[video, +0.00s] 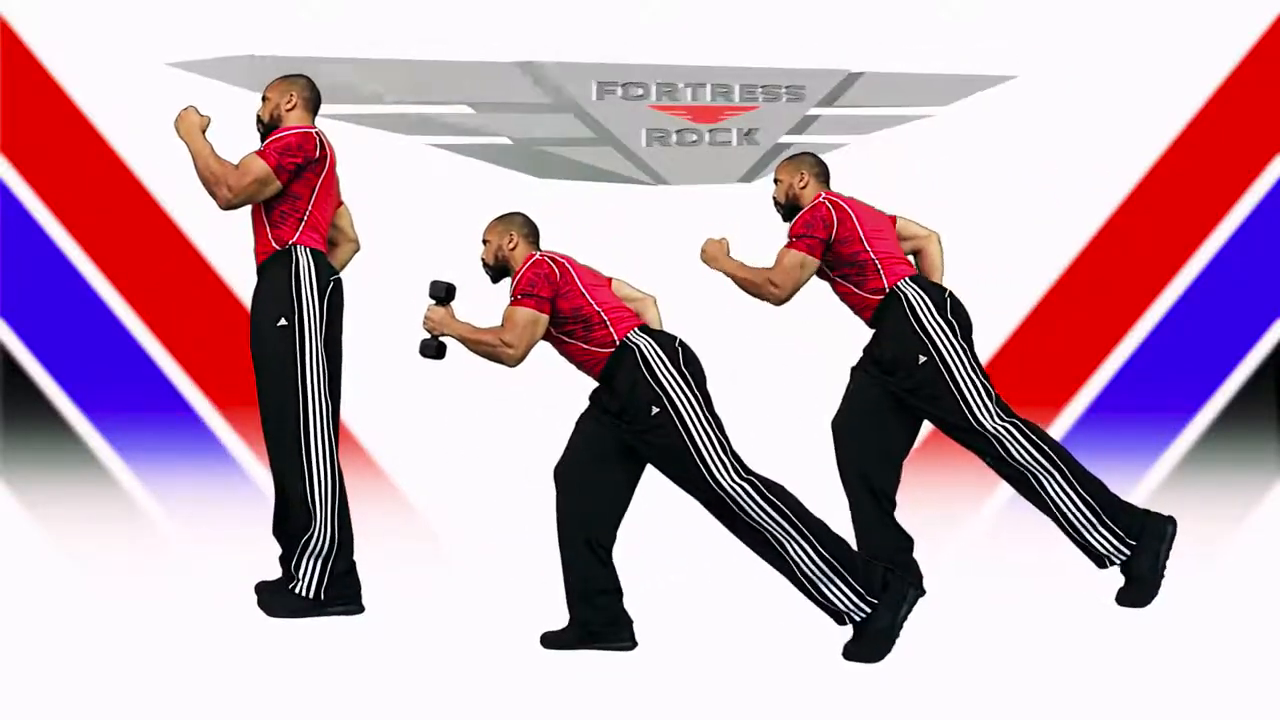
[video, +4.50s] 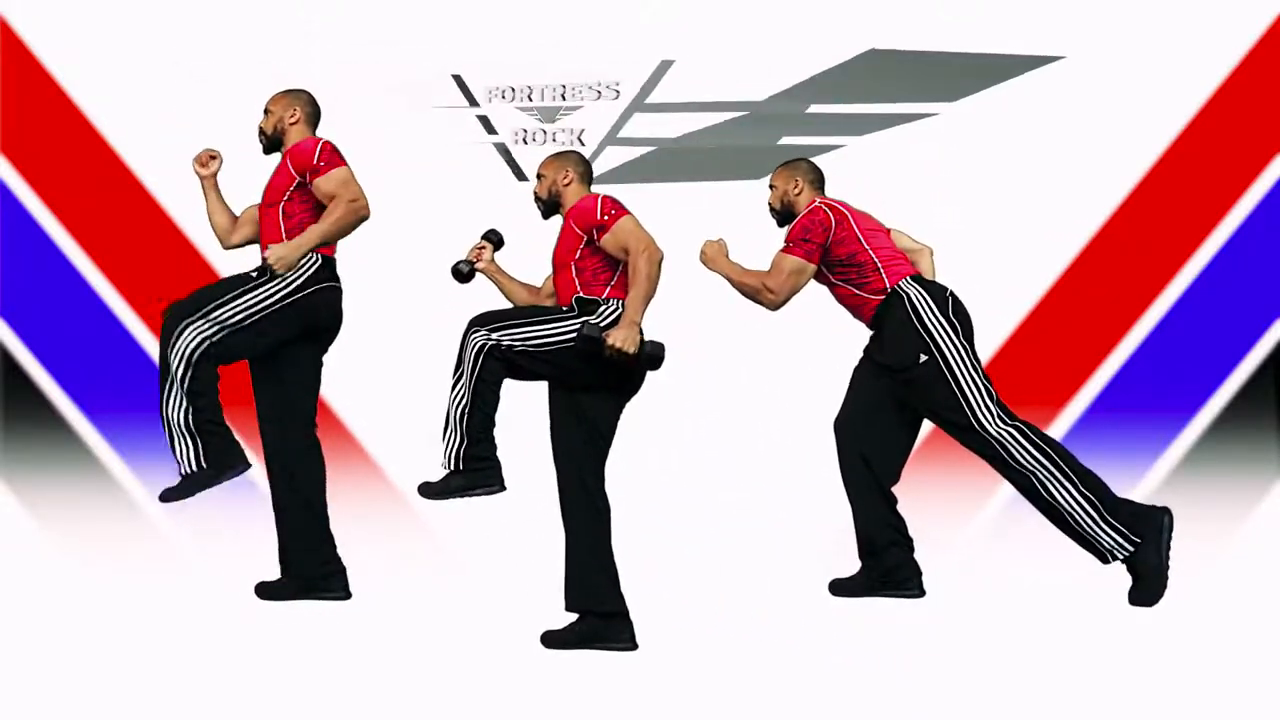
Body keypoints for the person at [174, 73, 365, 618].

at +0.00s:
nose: (258, 108)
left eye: (264, 98)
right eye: (260, 101)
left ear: (288, 101)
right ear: (301, 106)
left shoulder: (299, 141)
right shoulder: (308, 153)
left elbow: (229, 190)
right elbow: (345, 239)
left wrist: (195, 136)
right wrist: (300, 287)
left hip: (296, 285)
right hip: (296, 286)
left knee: (304, 432)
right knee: (295, 432)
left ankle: (323, 583)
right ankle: (309, 575)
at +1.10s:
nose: (261, 120)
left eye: (268, 111)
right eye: (263, 112)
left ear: (292, 114)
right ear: (295, 117)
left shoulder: (313, 153)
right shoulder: (283, 174)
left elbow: (300, 217)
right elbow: (282, 263)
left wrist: (229, 204)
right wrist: (235, 249)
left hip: (298, 287)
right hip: (288, 292)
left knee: (241, 400)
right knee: (291, 426)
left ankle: (285, 562)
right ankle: (318, 566)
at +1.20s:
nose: (262, 120)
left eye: (269, 111)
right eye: (265, 113)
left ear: (294, 113)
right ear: (296, 118)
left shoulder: (314, 152)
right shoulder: (287, 175)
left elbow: (339, 213)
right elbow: (251, 253)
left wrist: (263, 231)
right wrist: (215, 209)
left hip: (301, 284)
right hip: (295, 293)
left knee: (198, 353)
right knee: (288, 436)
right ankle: (314, 571)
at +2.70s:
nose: (263, 124)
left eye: (269, 114)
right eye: (265, 116)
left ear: (293, 114)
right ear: (299, 118)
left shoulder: (316, 157)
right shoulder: (288, 175)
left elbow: (292, 221)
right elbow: (272, 266)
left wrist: (223, 199)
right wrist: (222, 258)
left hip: (299, 287)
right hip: (294, 292)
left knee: (223, 393)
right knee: (287, 429)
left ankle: (266, 549)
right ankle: (318, 567)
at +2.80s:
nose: (260, 122)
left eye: (266, 112)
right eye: (262, 115)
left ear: (291, 111)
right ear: (300, 116)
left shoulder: (309, 152)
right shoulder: (297, 164)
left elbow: (258, 206)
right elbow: (297, 254)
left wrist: (202, 169)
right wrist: (255, 288)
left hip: (298, 287)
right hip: (292, 289)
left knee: (261, 421)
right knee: (286, 427)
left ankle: (292, 572)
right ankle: (322, 566)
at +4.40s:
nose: (261, 121)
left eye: (267, 112)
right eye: (262, 113)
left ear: (292, 113)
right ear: (294, 117)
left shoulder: (309, 149)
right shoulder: (278, 178)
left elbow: (328, 211)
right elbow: (256, 258)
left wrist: (256, 232)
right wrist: (212, 216)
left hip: (302, 284)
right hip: (294, 291)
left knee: (207, 366)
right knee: (288, 429)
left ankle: (246, 503)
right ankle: (315, 570)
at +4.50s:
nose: (260, 120)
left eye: (267, 111)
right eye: (262, 113)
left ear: (293, 113)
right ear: (292, 118)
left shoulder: (309, 147)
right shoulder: (285, 180)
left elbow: (354, 205)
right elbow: (232, 234)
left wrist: (298, 245)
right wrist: (209, 181)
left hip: (295, 283)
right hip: (301, 297)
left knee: (185, 326)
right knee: (289, 437)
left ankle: (211, 454)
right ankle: (315, 571)